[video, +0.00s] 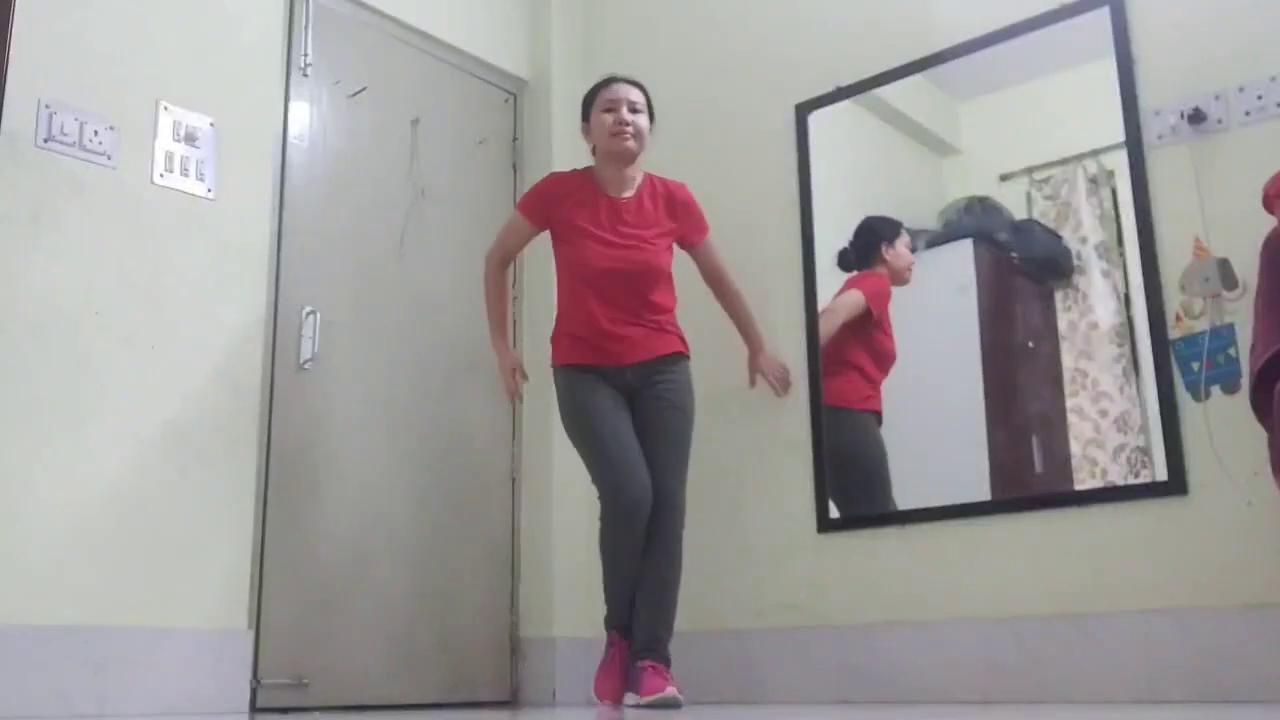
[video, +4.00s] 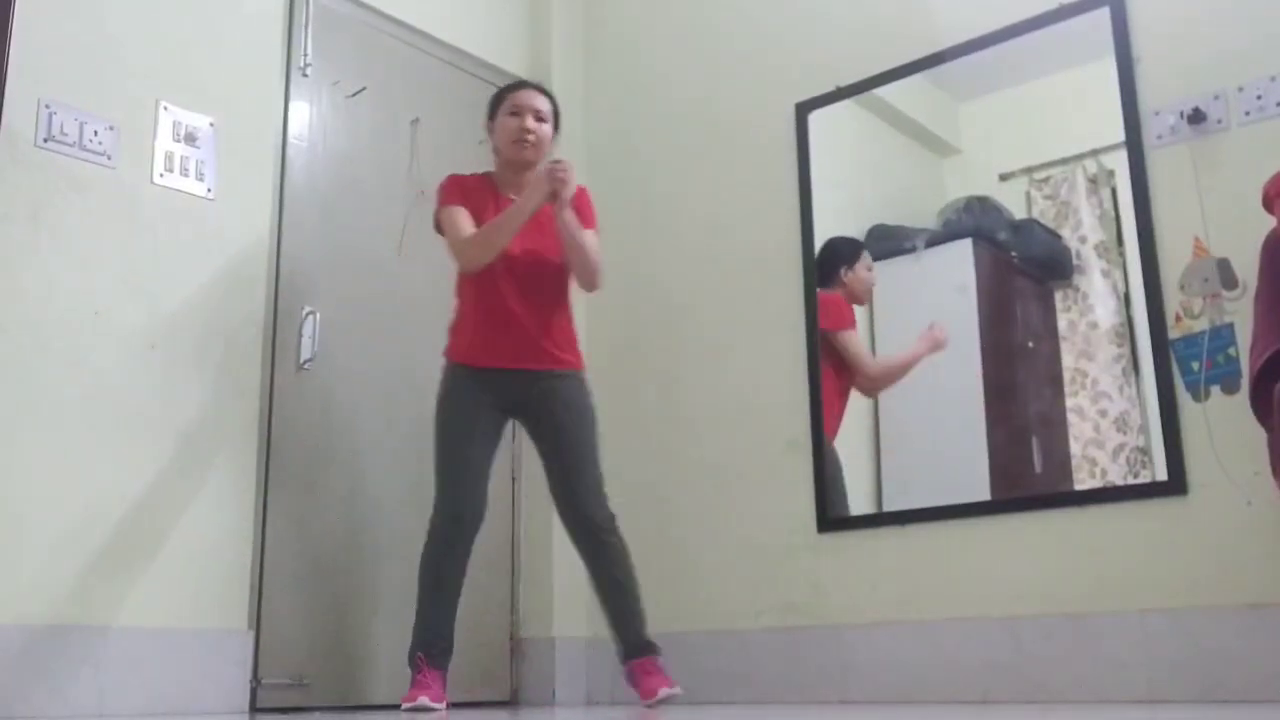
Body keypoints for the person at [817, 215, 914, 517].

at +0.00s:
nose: (913, 258)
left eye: (911, 249)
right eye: (907, 247)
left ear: (885, 252)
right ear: (886, 251)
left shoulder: (856, 284)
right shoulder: (875, 282)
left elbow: (822, 317)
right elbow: (833, 314)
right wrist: (798, 362)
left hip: (833, 419)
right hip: (848, 420)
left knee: (866, 529)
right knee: (878, 527)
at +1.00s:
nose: (892, 319)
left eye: (897, 310)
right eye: (896, 309)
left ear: (857, 293)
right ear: (889, 301)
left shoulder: (831, 319)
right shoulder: (859, 320)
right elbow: (815, 374)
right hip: (823, 449)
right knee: (852, 529)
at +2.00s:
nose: (919, 276)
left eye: (919, 266)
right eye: (915, 265)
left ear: (874, 269)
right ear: (893, 266)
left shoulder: (853, 299)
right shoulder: (882, 292)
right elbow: (884, 372)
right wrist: (904, 447)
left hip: (823, 421)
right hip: (842, 423)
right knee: (872, 524)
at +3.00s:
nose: (888, 308)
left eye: (891, 300)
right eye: (891, 299)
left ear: (852, 285)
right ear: (886, 291)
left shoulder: (825, 313)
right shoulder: (866, 310)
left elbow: (866, 400)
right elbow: (889, 393)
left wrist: (929, 415)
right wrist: (943, 414)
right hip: (826, 440)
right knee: (857, 531)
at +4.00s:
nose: (873, 279)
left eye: (872, 270)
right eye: (868, 269)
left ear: (845, 274)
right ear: (845, 273)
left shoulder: (825, 305)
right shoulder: (831, 303)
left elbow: (869, 385)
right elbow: (870, 375)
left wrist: (922, 348)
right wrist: (924, 346)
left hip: (817, 442)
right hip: (813, 443)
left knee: (833, 527)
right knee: (835, 528)